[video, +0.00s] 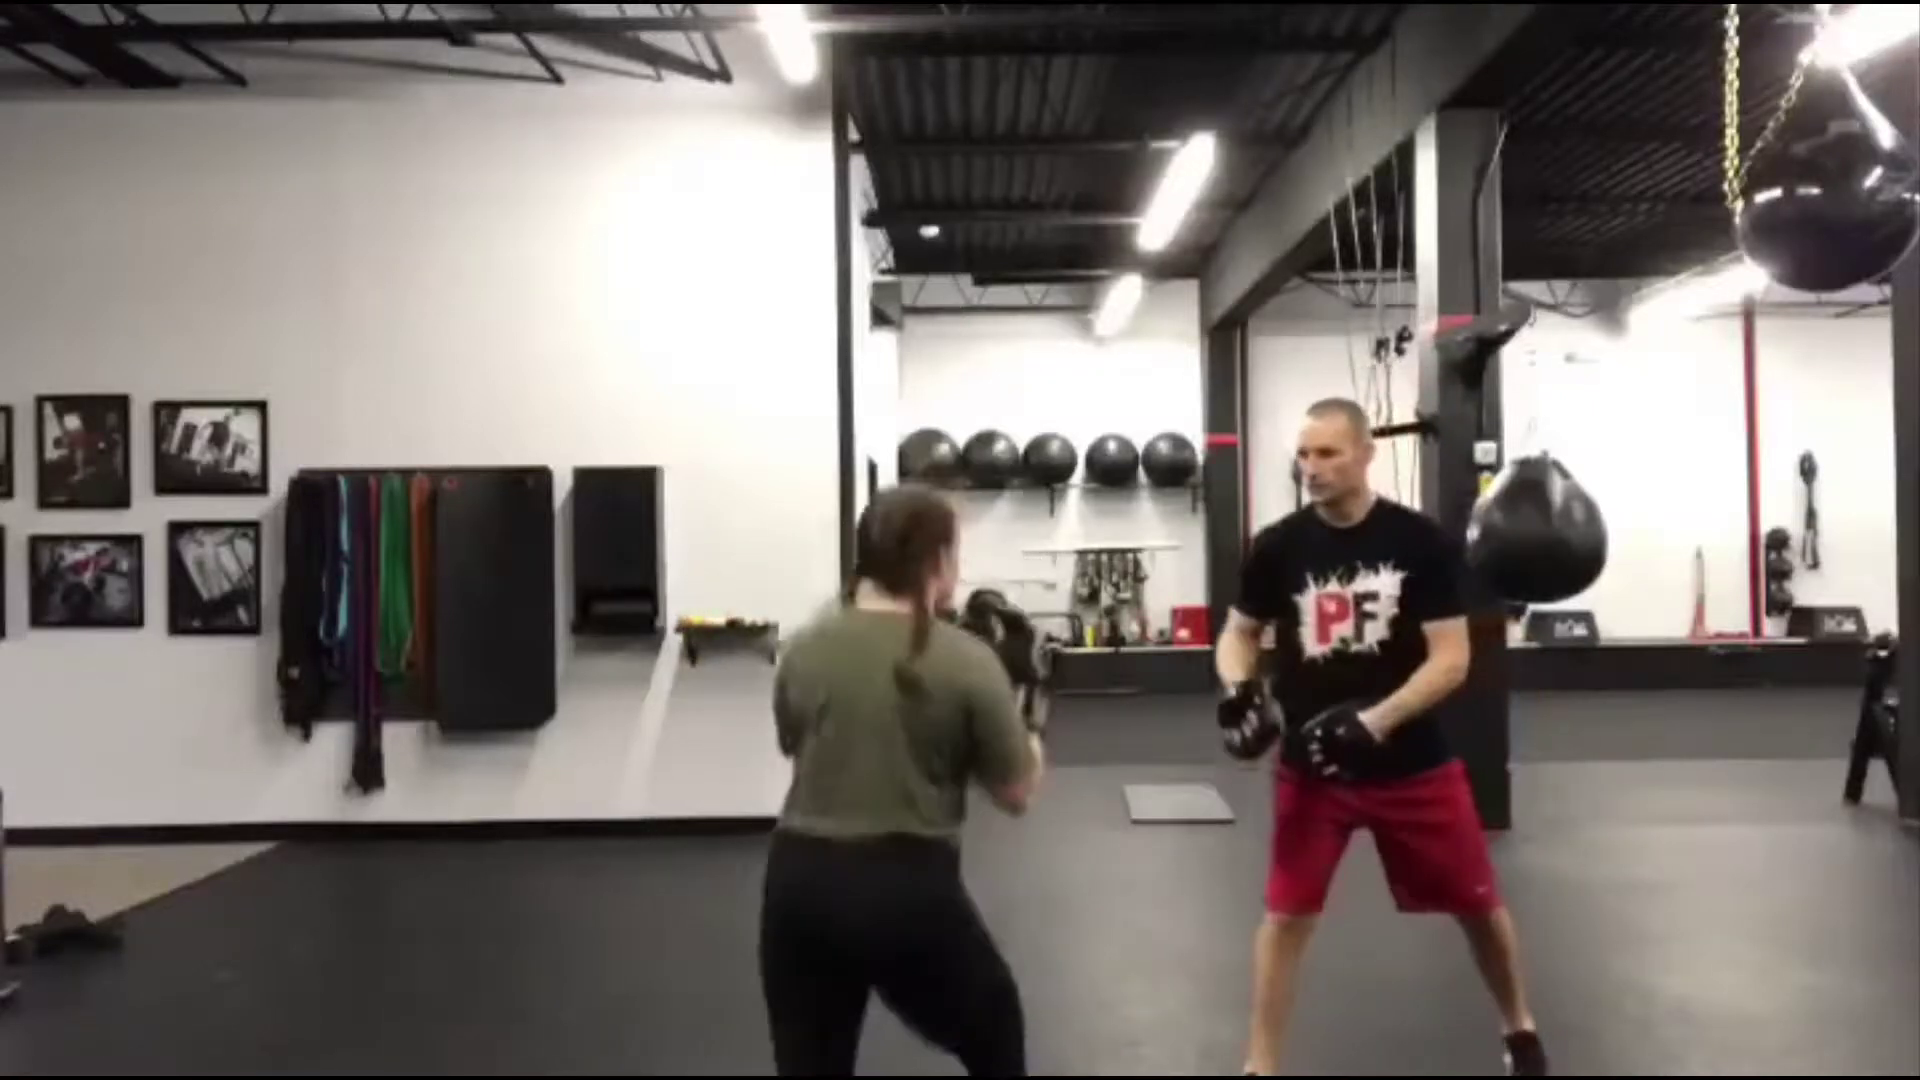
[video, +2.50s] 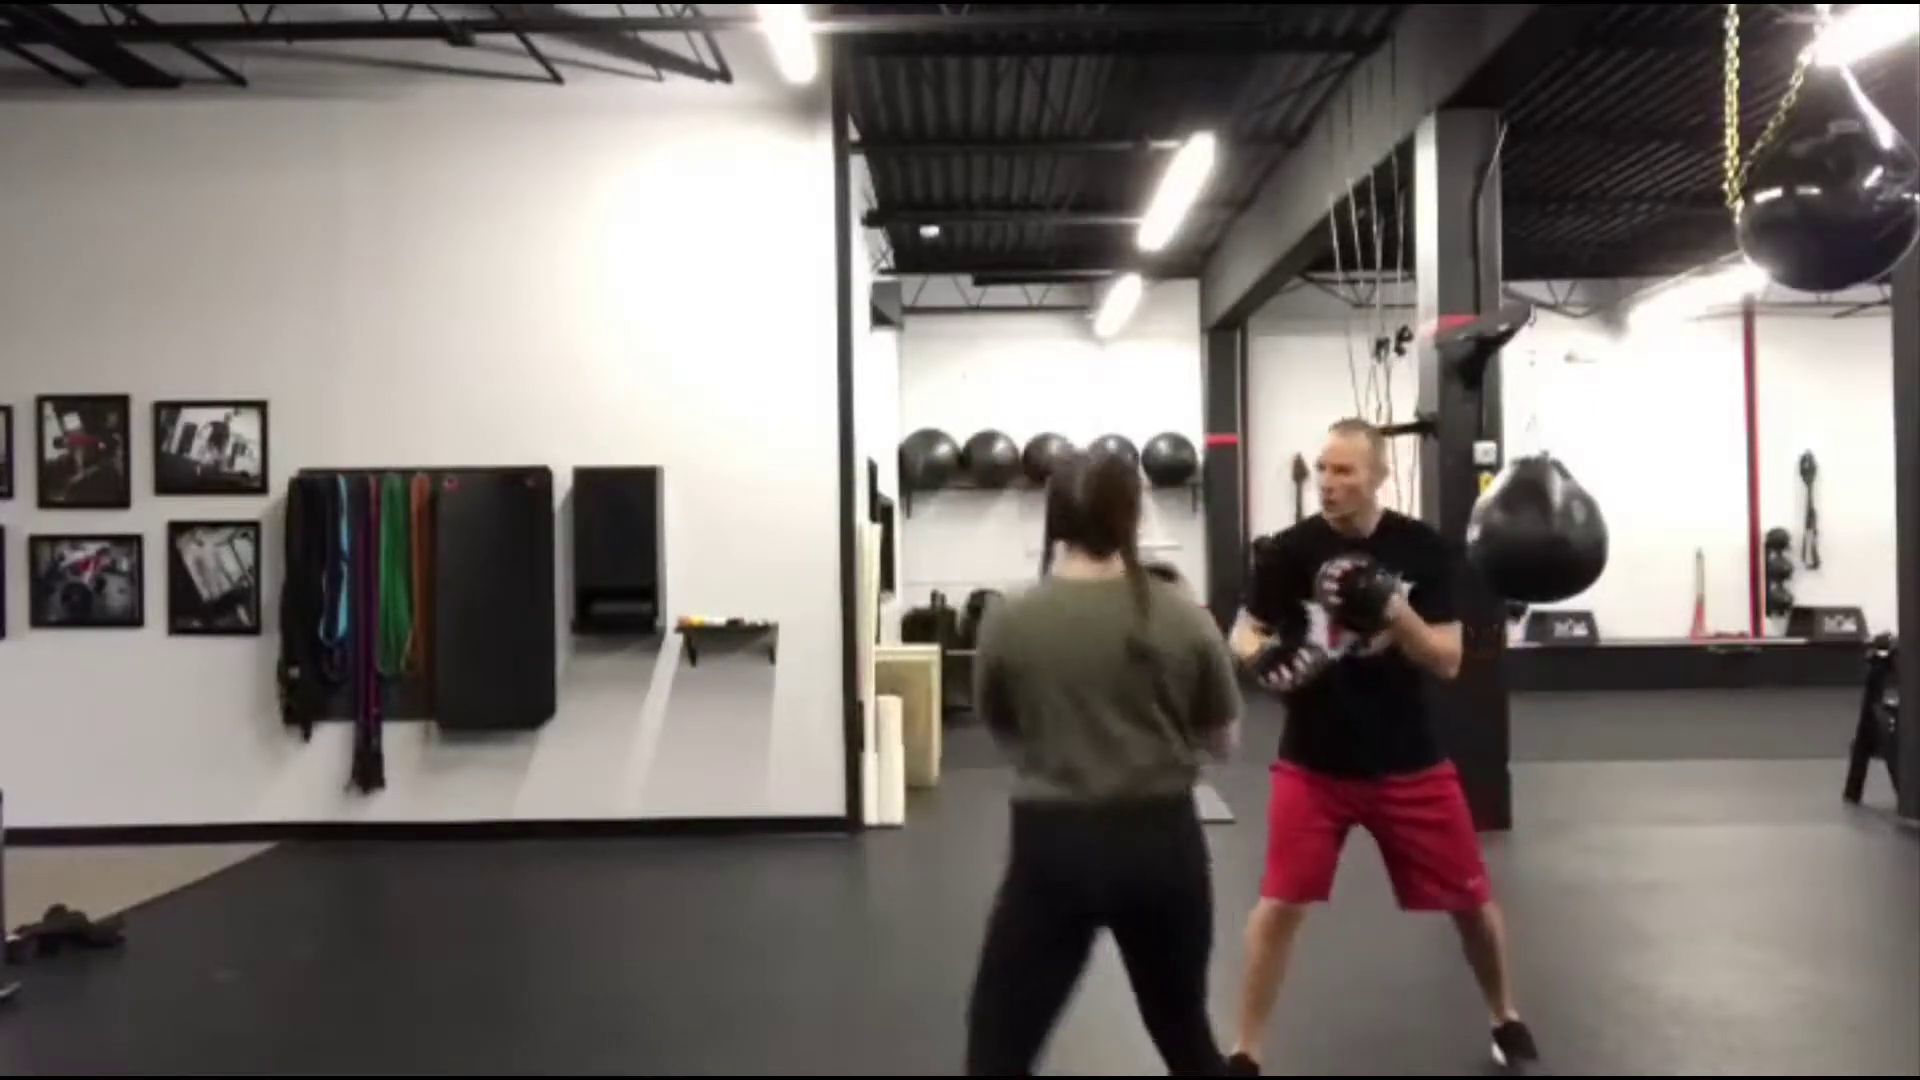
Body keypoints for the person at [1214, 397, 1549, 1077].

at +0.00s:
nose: (1311, 467)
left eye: (1327, 454)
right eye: (1304, 455)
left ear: (1367, 456)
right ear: (1297, 460)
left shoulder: (1421, 542)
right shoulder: (1276, 548)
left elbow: (1452, 658)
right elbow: (1240, 633)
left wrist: (1374, 720)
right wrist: (1238, 692)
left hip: (1417, 765)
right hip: (1314, 769)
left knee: (1480, 905)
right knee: (1287, 916)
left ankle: (1521, 1032)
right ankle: (1261, 1063)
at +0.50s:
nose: (1365, 475)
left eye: (1379, 462)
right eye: (1356, 464)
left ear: (1416, 464)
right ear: (1348, 469)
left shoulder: (1467, 549)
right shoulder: (1324, 556)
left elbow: (1507, 663)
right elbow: (1301, 637)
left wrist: (1440, 727)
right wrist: (1296, 668)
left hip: (1458, 778)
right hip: (1350, 776)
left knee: (1508, 920)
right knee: (1313, 915)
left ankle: (1542, 1043)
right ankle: (1264, 1064)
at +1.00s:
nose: (1365, 471)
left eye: (1379, 457)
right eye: (1356, 460)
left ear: (1415, 460)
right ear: (1347, 467)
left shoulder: (1464, 550)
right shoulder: (1326, 553)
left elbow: (1499, 665)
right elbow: (1288, 654)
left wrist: (1409, 682)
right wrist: (1275, 603)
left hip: (1452, 778)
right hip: (1348, 775)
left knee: (1508, 921)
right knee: (1308, 914)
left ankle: (1543, 1043)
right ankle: (1265, 1063)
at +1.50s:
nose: (1300, 473)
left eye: (1314, 459)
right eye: (1291, 462)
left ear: (1353, 463)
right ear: (1286, 472)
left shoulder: (1414, 546)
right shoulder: (1274, 557)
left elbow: (1458, 659)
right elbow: (1230, 637)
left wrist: (1373, 664)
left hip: (1421, 774)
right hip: (1318, 775)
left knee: (1485, 915)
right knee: (1288, 915)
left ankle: (1534, 1034)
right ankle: (1262, 1065)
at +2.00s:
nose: (1366, 500)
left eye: (1378, 487)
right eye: (1357, 488)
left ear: (1413, 483)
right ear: (1347, 488)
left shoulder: (1464, 557)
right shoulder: (1325, 565)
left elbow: (1476, 665)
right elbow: (1300, 652)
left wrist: (1396, 626)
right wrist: (1330, 720)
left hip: (1451, 775)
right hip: (1354, 773)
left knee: (1496, 920)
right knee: (1313, 909)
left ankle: (1510, 1028)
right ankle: (1266, 1060)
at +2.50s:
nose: (1329, 483)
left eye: (1344, 471)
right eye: (1323, 471)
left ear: (1379, 478)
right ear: (1315, 475)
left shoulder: (1428, 549)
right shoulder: (1286, 553)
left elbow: (1447, 659)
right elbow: (1244, 638)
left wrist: (1395, 612)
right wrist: (1269, 655)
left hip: (1411, 767)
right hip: (1312, 767)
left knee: (1473, 902)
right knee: (1281, 902)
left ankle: (1505, 1020)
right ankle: (1246, 1054)